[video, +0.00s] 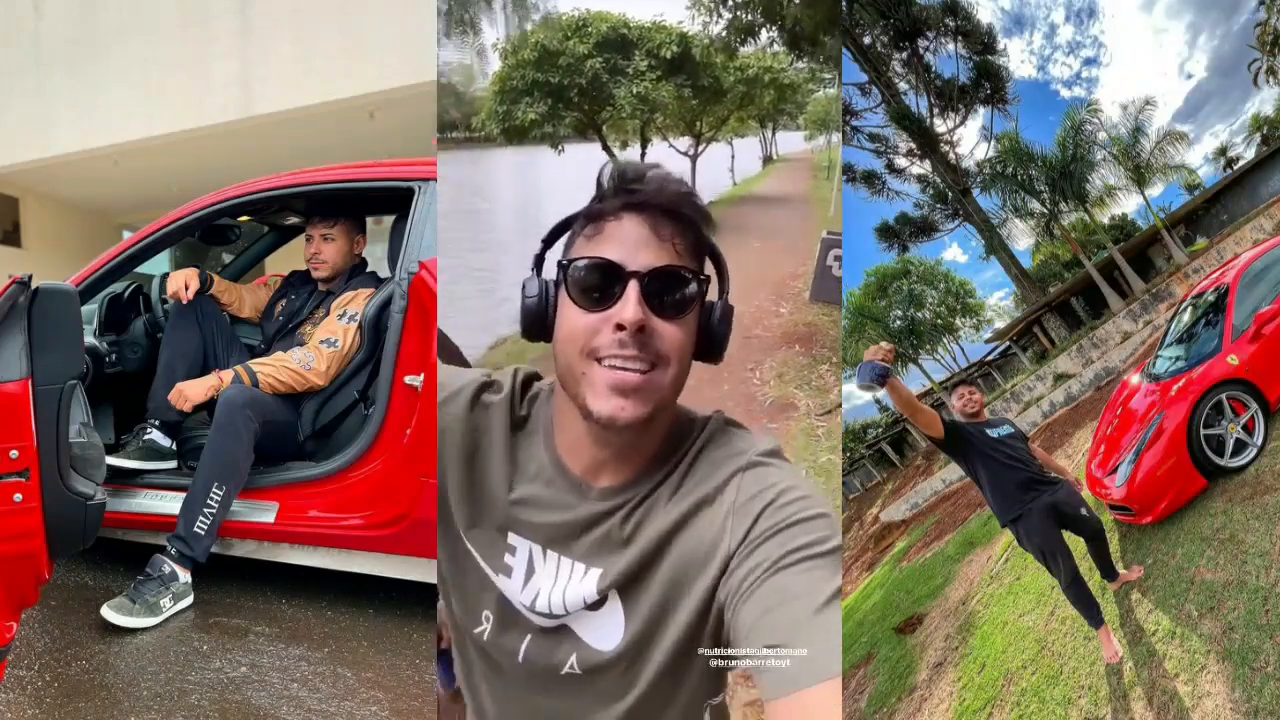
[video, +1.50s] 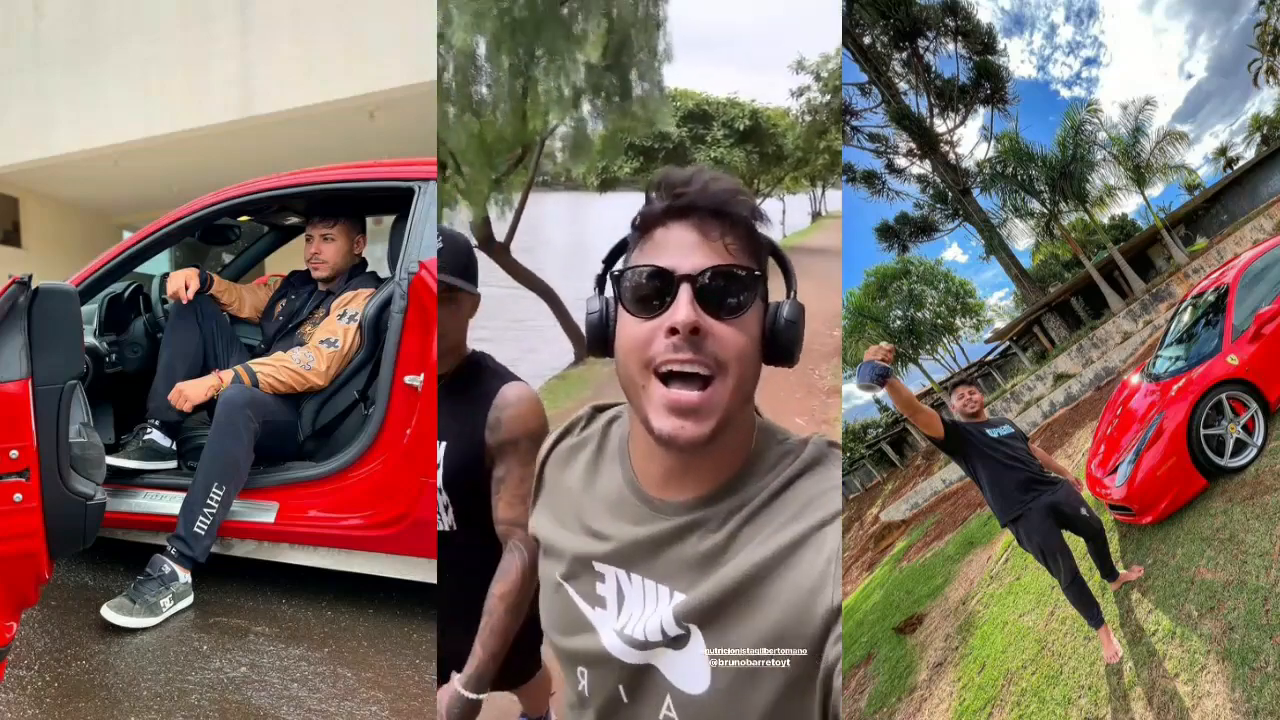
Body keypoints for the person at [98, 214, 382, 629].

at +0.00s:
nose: (314, 249)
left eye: (328, 239)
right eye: (310, 239)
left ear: (358, 245)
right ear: (305, 244)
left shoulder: (362, 297)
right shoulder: (291, 286)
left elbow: (315, 367)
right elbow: (242, 299)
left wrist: (220, 380)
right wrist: (201, 279)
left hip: (314, 412)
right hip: (260, 386)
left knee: (238, 402)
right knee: (195, 302)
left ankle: (176, 567)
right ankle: (160, 433)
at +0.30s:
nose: (314, 249)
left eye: (328, 239)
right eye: (310, 239)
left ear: (359, 245)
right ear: (305, 244)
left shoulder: (362, 297)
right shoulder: (291, 286)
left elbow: (315, 367)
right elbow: (243, 299)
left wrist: (220, 380)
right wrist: (201, 278)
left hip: (314, 412)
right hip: (261, 386)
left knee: (239, 402)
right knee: (195, 302)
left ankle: (177, 567)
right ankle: (160, 433)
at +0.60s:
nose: (314, 249)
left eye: (328, 239)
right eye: (310, 239)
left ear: (359, 245)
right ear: (305, 244)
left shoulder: (362, 297)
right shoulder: (291, 286)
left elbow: (315, 367)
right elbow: (243, 299)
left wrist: (220, 380)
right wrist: (201, 278)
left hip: (314, 411)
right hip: (261, 386)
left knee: (239, 402)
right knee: (195, 302)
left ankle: (177, 567)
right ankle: (160, 433)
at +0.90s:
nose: (314, 249)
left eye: (328, 239)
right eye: (310, 239)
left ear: (359, 245)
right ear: (304, 243)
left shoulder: (361, 297)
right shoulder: (291, 286)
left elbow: (315, 366)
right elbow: (242, 299)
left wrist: (219, 380)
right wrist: (201, 278)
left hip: (315, 410)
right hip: (265, 388)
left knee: (239, 402)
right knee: (196, 302)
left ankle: (177, 567)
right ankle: (161, 433)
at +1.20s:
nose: (314, 249)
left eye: (328, 239)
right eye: (310, 239)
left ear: (359, 245)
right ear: (304, 243)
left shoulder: (361, 297)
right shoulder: (291, 286)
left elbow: (315, 366)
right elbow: (242, 299)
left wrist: (219, 380)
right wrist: (201, 278)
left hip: (315, 410)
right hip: (265, 388)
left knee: (239, 402)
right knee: (196, 302)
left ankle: (177, 567)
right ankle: (161, 433)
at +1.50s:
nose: (314, 249)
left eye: (328, 239)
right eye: (310, 239)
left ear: (359, 245)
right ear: (304, 243)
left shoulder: (361, 297)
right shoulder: (291, 286)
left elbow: (315, 366)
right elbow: (242, 299)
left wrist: (219, 380)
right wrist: (201, 278)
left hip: (315, 410)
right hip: (264, 388)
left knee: (239, 402)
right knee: (196, 302)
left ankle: (177, 567)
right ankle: (161, 433)